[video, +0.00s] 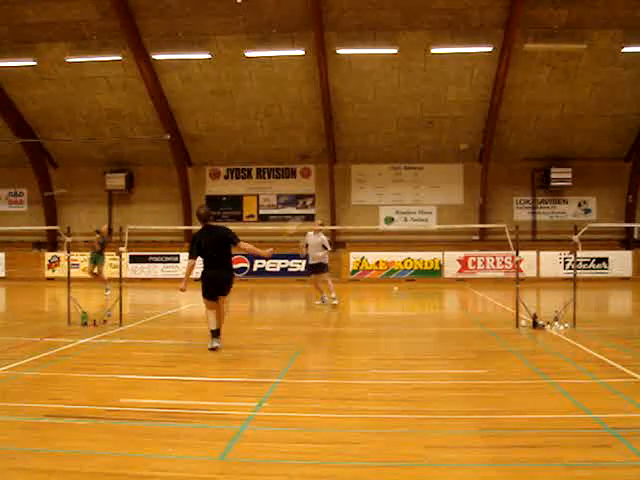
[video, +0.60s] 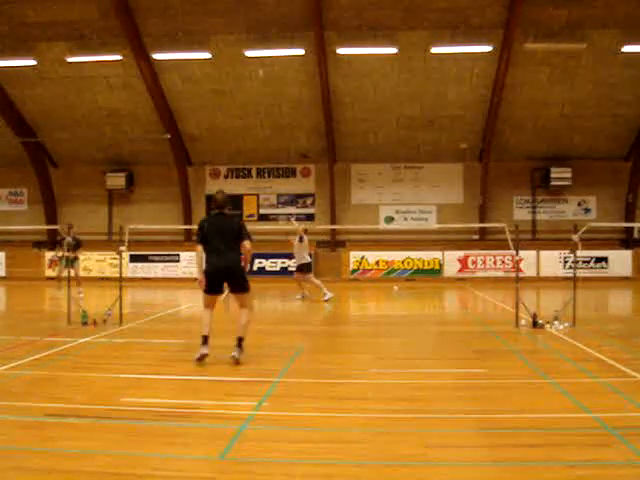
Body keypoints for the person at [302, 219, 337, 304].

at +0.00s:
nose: (316, 227)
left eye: (318, 225)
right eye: (315, 225)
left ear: (321, 227)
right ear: (313, 226)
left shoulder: (322, 238)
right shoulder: (309, 235)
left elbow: (329, 249)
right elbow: (305, 244)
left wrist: (321, 254)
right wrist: (304, 252)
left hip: (322, 261)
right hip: (312, 261)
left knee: (326, 278)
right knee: (314, 281)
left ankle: (333, 296)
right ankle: (322, 296)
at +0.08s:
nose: (313, 224)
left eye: (316, 223)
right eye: (313, 222)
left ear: (319, 225)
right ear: (312, 223)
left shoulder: (320, 234)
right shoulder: (309, 232)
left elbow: (325, 247)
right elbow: (306, 242)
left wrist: (315, 251)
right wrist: (306, 248)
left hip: (320, 259)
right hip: (311, 259)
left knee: (324, 277)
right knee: (314, 279)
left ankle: (332, 295)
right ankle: (323, 296)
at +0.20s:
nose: (310, 223)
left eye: (312, 221)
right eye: (311, 221)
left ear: (316, 223)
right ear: (311, 223)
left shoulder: (317, 233)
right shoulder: (310, 232)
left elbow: (316, 244)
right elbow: (310, 242)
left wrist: (305, 246)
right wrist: (302, 243)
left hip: (320, 258)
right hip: (312, 257)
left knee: (318, 276)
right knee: (307, 275)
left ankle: (329, 292)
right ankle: (318, 292)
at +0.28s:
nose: (309, 223)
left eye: (312, 222)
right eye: (310, 221)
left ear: (315, 224)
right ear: (312, 223)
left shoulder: (316, 233)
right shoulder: (311, 233)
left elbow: (314, 244)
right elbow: (310, 245)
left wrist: (302, 243)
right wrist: (303, 248)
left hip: (319, 259)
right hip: (312, 258)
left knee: (318, 277)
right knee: (307, 275)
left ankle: (329, 294)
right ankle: (316, 293)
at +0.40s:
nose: (309, 227)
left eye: (310, 225)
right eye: (309, 225)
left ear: (311, 226)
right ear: (309, 226)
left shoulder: (313, 234)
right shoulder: (309, 235)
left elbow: (309, 240)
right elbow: (310, 247)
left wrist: (297, 234)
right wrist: (301, 248)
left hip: (316, 261)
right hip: (309, 261)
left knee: (316, 278)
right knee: (303, 276)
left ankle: (329, 294)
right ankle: (306, 292)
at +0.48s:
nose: (303, 226)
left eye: (305, 225)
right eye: (304, 225)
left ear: (308, 227)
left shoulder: (309, 235)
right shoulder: (304, 238)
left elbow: (306, 238)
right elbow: (302, 245)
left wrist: (296, 230)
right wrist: (295, 246)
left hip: (311, 261)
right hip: (305, 261)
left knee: (314, 277)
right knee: (302, 277)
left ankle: (328, 294)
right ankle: (303, 292)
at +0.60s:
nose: (299, 229)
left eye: (301, 228)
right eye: (299, 228)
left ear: (303, 231)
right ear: (299, 231)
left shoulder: (303, 238)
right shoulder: (297, 239)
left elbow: (300, 229)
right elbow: (295, 244)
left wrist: (294, 222)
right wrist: (291, 241)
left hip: (306, 261)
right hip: (299, 262)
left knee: (310, 278)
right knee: (297, 277)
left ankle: (326, 292)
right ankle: (303, 293)